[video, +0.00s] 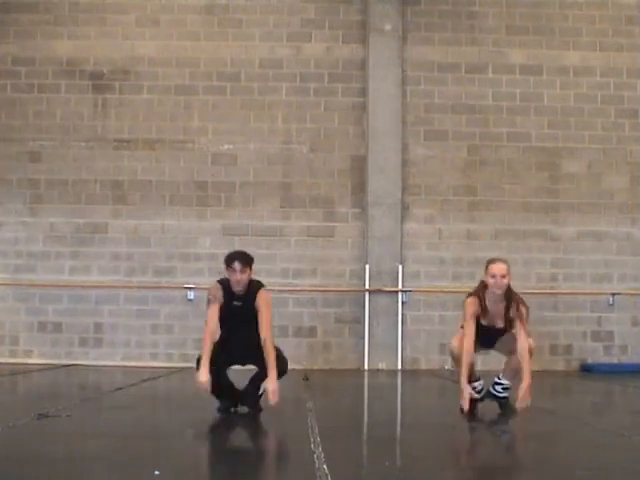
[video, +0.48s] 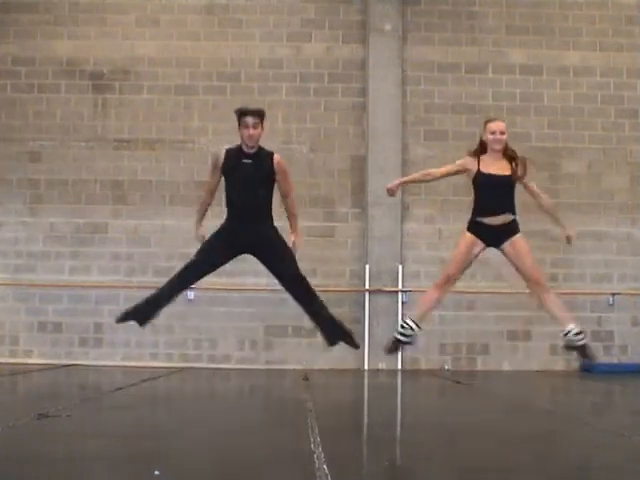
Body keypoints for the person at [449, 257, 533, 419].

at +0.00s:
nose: (498, 282)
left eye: (503, 277)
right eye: (493, 277)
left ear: (509, 279)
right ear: (485, 279)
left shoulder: (517, 305)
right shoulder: (473, 302)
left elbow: (523, 345)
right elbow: (468, 343)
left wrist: (526, 384)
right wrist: (465, 384)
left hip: (500, 337)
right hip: (475, 335)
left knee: (527, 347)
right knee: (456, 348)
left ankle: (501, 387)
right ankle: (475, 386)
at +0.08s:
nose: (496, 253)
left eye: (501, 248)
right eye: (492, 248)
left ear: (508, 251)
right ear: (484, 251)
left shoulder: (517, 280)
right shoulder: (472, 276)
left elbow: (536, 315)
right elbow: (455, 312)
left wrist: (550, 349)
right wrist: (437, 346)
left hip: (504, 315)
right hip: (475, 314)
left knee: (520, 344)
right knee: (459, 344)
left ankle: (500, 389)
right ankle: (474, 390)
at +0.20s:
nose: (495, 209)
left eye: (500, 205)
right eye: (490, 205)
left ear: (506, 208)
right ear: (483, 209)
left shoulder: (516, 238)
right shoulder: (471, 236)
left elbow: (542, 257)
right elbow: (440, 255)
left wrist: (565, 271)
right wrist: (412, 263)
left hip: (505, 291)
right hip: (477, 290)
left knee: (513, 338)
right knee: (469, 340)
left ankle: (500, 386)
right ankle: (477, 390)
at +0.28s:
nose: (496, 181)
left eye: (499, 177)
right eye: (491, 177)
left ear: (505, 180)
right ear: (483, 180)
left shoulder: (516, 204)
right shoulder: (472, 204)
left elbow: (540, 213)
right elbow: (440, 208)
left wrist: (560, 220)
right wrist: (417, 206)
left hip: (505, 274)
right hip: (476, 273)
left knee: (509, 329)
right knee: (476, 331)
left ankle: (500, 382)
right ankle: (478, 384)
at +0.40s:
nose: (497, 146)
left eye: (500, 142)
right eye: (492, 142)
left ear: (506, 146)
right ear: (483, 145)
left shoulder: (514, 171)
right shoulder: (471, 169)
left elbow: (541, 190)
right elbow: (435, 175)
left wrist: (567, 204)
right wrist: (407, 177)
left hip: (508, 241)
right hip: (478, 240)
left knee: (521, 298)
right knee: (462, 296)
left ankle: (533, 355)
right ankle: (447, 350)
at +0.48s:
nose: (498, 137)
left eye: (502, 133)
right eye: (493, 133)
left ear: (508, 138)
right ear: (484, 137)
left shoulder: (516, 166)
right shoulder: (472, 163)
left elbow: (539, 197)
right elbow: (434, 174)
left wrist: (564, 227)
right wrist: (401, 182)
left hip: (508, 231)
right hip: (478, 230)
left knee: (538, 282)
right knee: (447, 278)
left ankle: (572, 331)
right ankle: (409, 326)